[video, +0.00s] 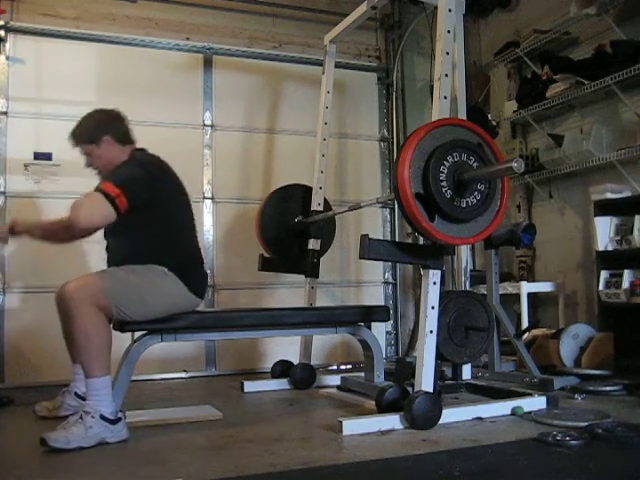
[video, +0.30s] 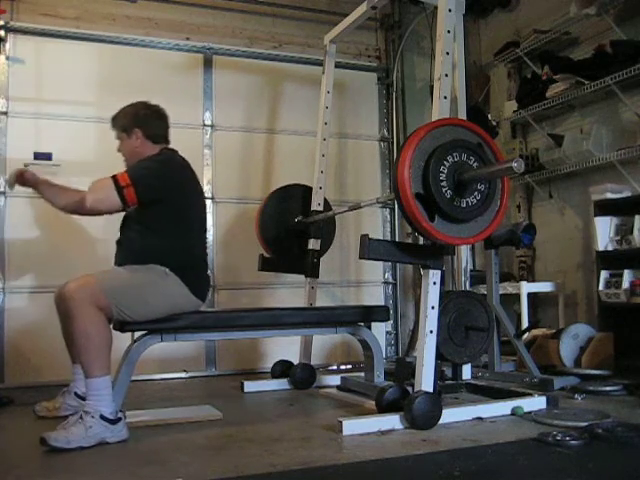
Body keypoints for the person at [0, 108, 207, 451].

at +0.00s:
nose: (88, 161)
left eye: (90, 153)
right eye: (85, 155)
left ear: (109, 142)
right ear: (112, 143)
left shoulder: (141, 170)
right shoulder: (127, 173)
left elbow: (80, 220)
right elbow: (75, 229)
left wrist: (31, 229)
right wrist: (28, 228)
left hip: (173, 280)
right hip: (150, 278)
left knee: (81, 296)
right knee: (68, 295)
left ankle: (104, 416)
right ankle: (81, 394)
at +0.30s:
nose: (118, 148)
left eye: (121, 139)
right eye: (119, 140)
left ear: (139, 137)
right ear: (146, 138)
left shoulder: (164, 167)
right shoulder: (155, 169)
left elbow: (85, 203)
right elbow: (91, 204)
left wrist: (37, 183)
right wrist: (41, 185)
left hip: (175, 280)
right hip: (154, 277)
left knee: (82, 297)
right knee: (67, 296)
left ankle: (104, 416)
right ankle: (82, 395)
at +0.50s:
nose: (129, 146)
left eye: (133, 138)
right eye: (130, 138)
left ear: (153, 138)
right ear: (155, 139)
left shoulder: (170, 169)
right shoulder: (159, 169)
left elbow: (100, 204)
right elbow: (90, 191)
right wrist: (40, 162)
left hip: (178, 280)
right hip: (157, 276)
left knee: (84, 296)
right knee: (69, 294)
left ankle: (104, 416)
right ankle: (82, 394)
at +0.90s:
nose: (138, 140)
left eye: (145, 132)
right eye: (138, 133)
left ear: (171, 135)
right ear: (169, 136)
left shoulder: (179, 166)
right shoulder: (166, 169)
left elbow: (109, 196)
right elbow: (113, 202)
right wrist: (79, 169)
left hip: (179, 280)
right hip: (156, 277)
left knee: (88, 294)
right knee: (66, 297)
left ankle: (105, 416)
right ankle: (82, 394)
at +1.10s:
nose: (138, 139)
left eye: (145, 131)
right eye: (138, 132)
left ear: (172, 134)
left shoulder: (181, 162)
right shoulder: (163, 174)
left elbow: (113, 180)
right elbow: (131, 221)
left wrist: (97, 180)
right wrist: (101, 197)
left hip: (179, 281)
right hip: (154, 279)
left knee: (87, 286)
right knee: (66, 296)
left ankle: (99, 409)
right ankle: (81, 392)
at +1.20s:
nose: (138, 138)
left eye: (145, 131)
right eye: (138, 132)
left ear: (173, 132)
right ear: (168, 135)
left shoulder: (182, 159)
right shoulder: (163, 174)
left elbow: (129, 167)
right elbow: (130, 206)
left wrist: (71, 174)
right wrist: (91, 192)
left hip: (180, 280)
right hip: (157, 278)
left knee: (83, 286)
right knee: (66, 296)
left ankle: (88, 406)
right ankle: (82, 397)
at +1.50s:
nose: (120, 130)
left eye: (128, 123)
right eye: (121, 123)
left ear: (155, 129)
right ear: (149, 131)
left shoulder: (173, 161)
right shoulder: (147, 170)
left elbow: (178, 194)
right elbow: (155, 231)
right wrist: (117, 243)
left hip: (177, 280)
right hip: (154, 276)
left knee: (83, 292)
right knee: (75, 292)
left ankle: (86, 415)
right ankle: (72, 393)